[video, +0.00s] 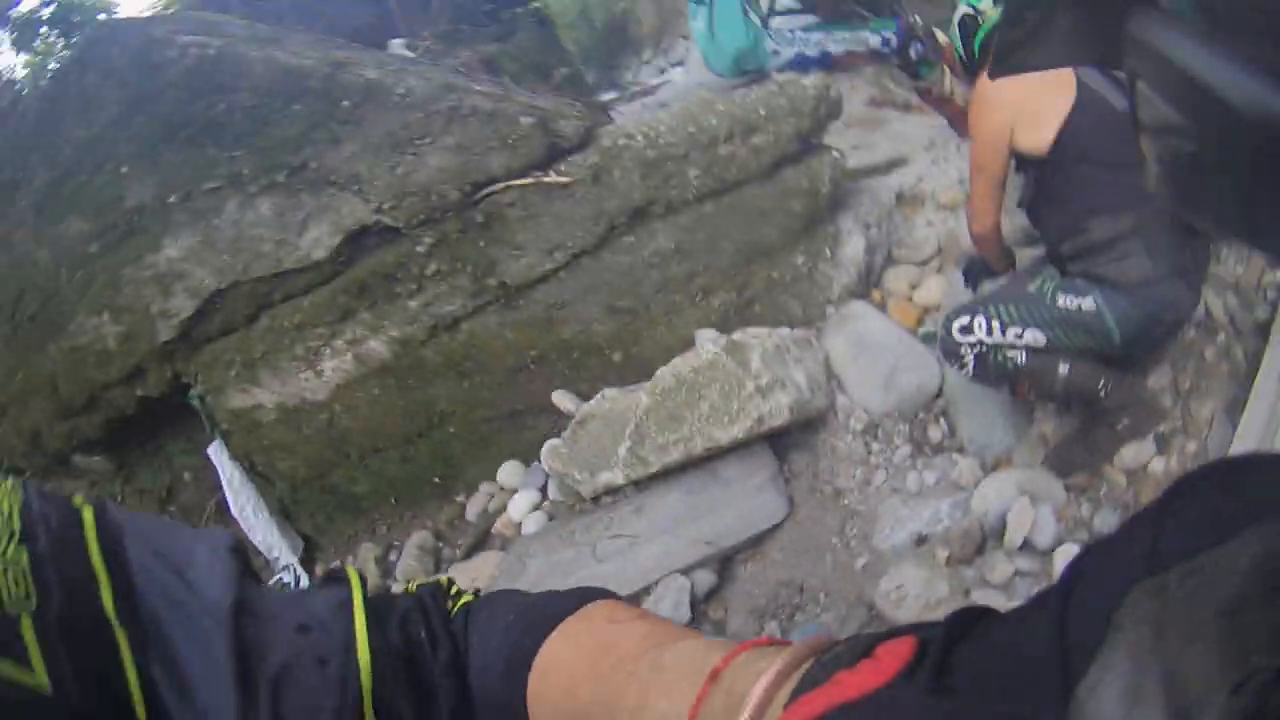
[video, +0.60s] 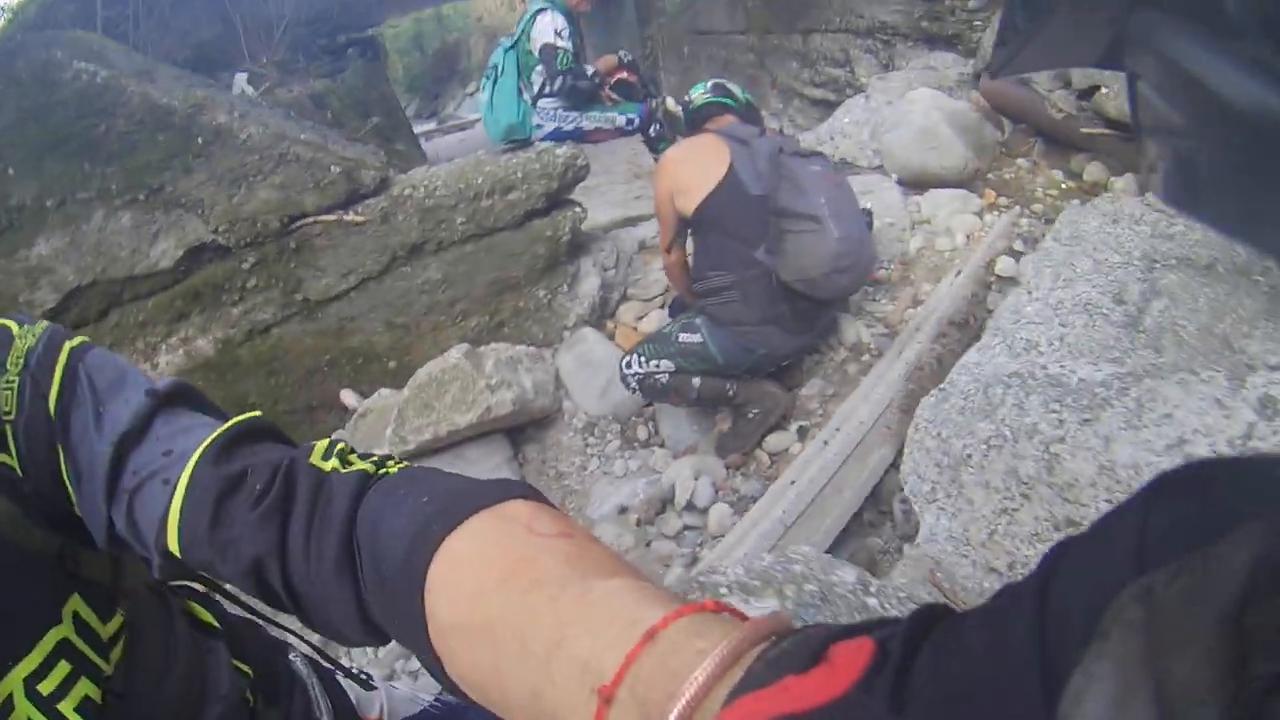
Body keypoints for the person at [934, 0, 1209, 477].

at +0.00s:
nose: (954, 73)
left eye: (953, 57)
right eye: (950, 58)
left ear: (972, 46)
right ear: (1021, 31)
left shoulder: (996, 94)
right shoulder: (1094, 78)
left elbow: (983, 226)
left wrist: (1003, 271)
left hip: (1124, 299)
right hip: (1177, 279)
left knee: (960, 336)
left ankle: (1117, 400)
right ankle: (1126, 355)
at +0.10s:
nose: (939, 90)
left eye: (936, 79)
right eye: (937, 81)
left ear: (947, 74)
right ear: (999, 51)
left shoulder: (974, 107)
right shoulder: (1057, 87)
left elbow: (954, 234)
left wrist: (975, 281)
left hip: (1093, 308)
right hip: (1141, 282)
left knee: (927, 340)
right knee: (955, 287)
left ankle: (1078, 410)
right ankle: (1080, 359)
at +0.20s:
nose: (887, 59)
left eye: (887, 49)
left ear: (899, 44)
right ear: (954, 28)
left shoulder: (907, 79)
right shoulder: (988, 61)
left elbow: (888, 200)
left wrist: (910, 244)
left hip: (1020, 274)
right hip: (1068, 252)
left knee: (859, 302)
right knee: (891, 252)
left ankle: (1005, 372)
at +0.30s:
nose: (859, 99)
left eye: (860, 88)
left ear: (869, 83)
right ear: (931, 73)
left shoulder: (877, 120)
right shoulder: (971, 112)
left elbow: (851, 237)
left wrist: (876, 289)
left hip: (963, 318)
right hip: (1017, 303)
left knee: (815, 339)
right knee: (852, 289)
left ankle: (952, 409)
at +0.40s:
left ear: (843, 137)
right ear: (901, 129)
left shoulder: (840, 172)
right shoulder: (934, 166)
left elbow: (815, 281)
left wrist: (838, 334)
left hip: (910, 360)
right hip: (967, 343)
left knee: (771, 381)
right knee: (815, 332)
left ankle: (900, 444)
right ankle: (918, 404)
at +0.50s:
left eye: (750, 121)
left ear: (763, 122)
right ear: (817, 117)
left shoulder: (750, 157)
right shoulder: (848, 149)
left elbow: (730, 259)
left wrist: (755, 309)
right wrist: (927, 280)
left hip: (820, 336)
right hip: (878, 320)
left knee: (687, 364)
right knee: (736, 312)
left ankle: (813, 414)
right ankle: (832, 377)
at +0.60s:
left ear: (690, 124)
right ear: (750, 117)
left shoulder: (677, 160)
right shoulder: (778, 144)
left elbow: (673, 256)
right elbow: (822, 221)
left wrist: (696, 305)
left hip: (752, 329)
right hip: (815, 307)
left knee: (637, 368)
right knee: (682, 309)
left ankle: (755, 398)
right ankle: (781, 365)